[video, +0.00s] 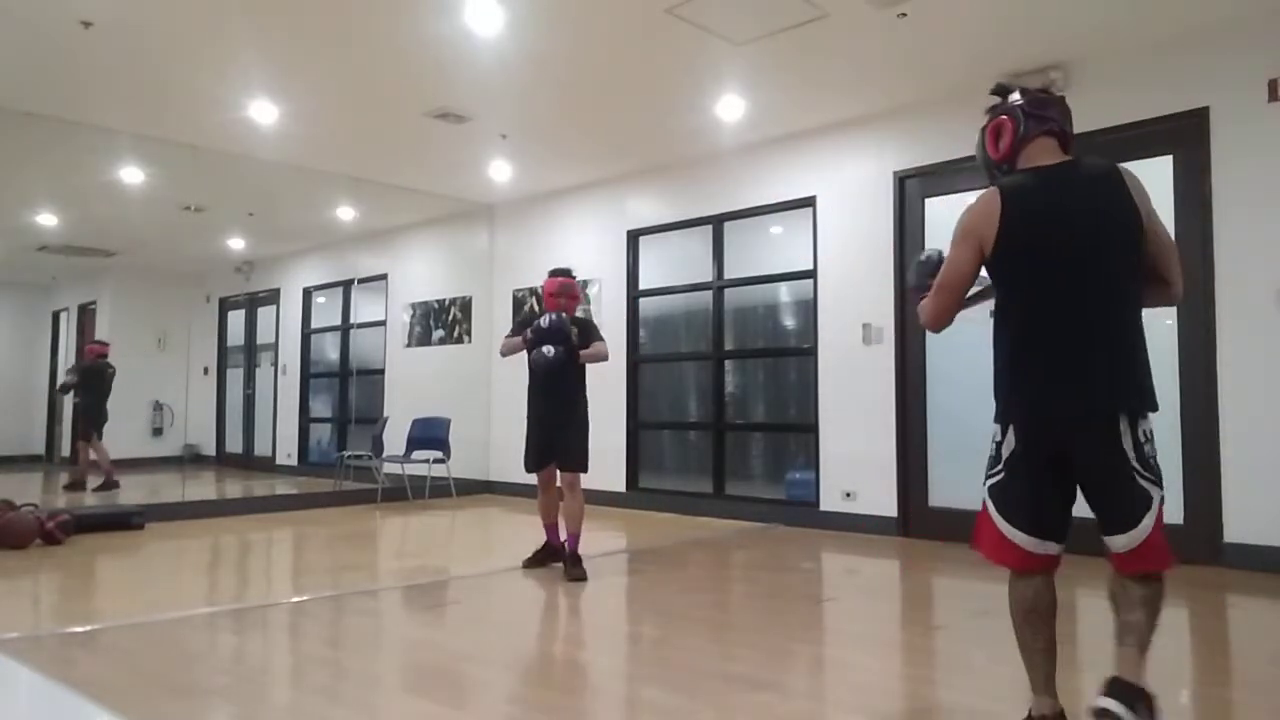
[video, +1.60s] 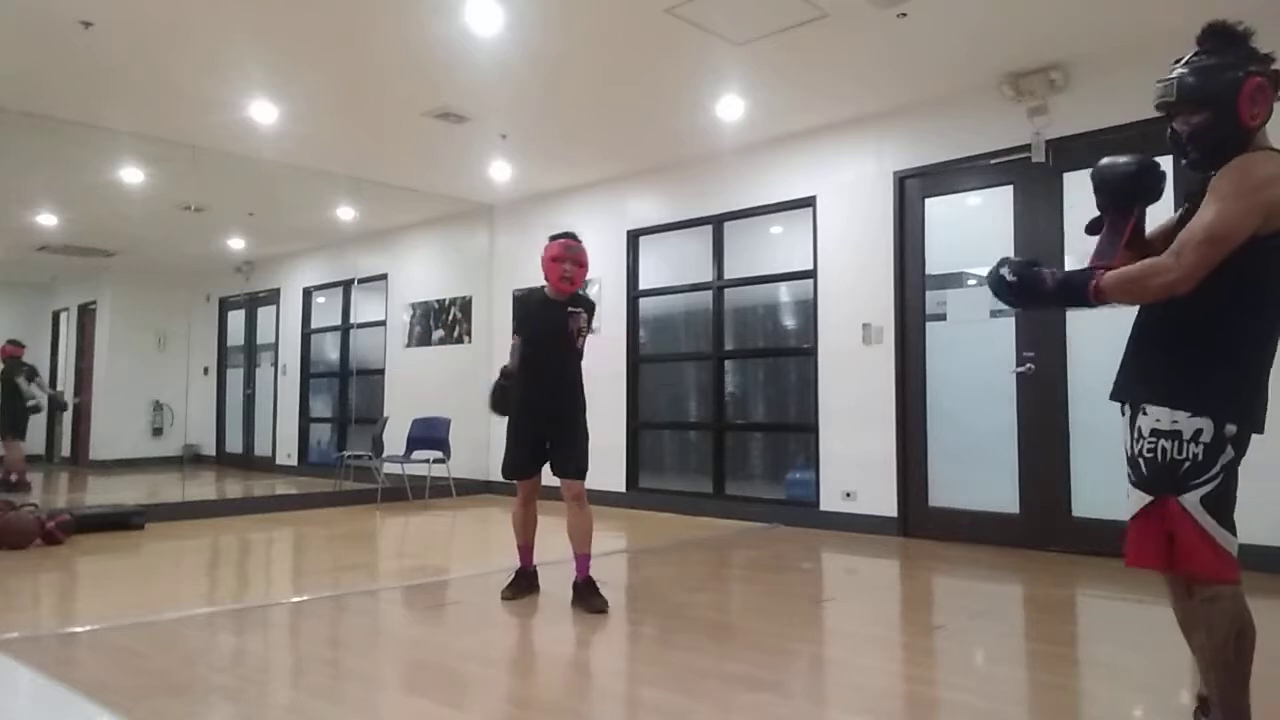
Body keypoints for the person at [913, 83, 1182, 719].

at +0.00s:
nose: (987, 149)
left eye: (988, 138)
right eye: (987, 140)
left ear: (1004, 134)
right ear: (1063, 133)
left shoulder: (990, 210)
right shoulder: (1121, 184)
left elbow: (934, 316)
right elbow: (1168, 285)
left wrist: (940, 282)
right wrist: (1094, 285)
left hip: (1032, 412)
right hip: (1117, 408)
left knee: (1030, 563)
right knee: (1137, 556)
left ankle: (1044, 706)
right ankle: (1128, 682)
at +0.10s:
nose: (1000, 146)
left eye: (1002, 135)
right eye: (1001, 136)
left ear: (1018, 132)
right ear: (1075, 132)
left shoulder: (1003, 207)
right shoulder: (1131, 183)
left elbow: (957, 315)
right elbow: (1174, 284)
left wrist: (969, 279)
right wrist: (1103, 279)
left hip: (1043, 408)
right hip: (1128, 402)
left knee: (1035, 558)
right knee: (1158, 551)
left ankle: (1043, 702)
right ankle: (1194, 690)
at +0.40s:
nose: (1075, 165)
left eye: (1076, 153)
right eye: (1075, 156)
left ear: (1095, 141)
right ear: (1144, 141)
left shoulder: (1091, 202)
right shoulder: (1203, 203)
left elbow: (1039, 313)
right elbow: (1169, 302)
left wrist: (1026, 352)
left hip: (1110, 411)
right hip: (1190, 411)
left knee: (1061, 550)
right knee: (1213, 560)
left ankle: (1047, 699)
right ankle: (1256, 697)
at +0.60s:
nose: (1114, 174)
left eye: (1114, 158)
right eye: (1109, 163)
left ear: (1145, 134)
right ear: (1169, 135)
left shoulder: (1157, 189)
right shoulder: (1224, 194)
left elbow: (1086, 294)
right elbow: (1177, 280)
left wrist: (1077, 340)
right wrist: (1106, 245)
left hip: (1172, 400)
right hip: (1236, 399)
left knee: (1127, 543)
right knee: (1242, 552)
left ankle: (1128, 697)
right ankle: (1261, 697)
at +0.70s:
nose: (1127, 167)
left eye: (1128, 150)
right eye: (1121, 155)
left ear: (1161, 133)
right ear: (1187, 134)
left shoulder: (1181, 188)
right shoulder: (1230, 190)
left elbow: (1094, 281)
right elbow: (1184, 277)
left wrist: (1089, 319)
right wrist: (1114, 275)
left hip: (1185, 404)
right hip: (1241, 402)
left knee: (1178, 555)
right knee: (1247, 552)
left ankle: (1205, 705)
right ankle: (1264, 697)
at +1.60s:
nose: (1177, 126)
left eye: (1193, 108)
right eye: (1175, 111)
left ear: (1249, 102)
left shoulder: (1255, 175)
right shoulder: (1221, 180)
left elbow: (1175, 274)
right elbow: (1125, 269)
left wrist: (1062, 288)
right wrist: (1119, 216)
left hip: (1205, 403)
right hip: (1171, 398)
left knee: (1204, 571)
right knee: (1186, 564)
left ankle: (1230, 714)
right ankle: (1213, 705)